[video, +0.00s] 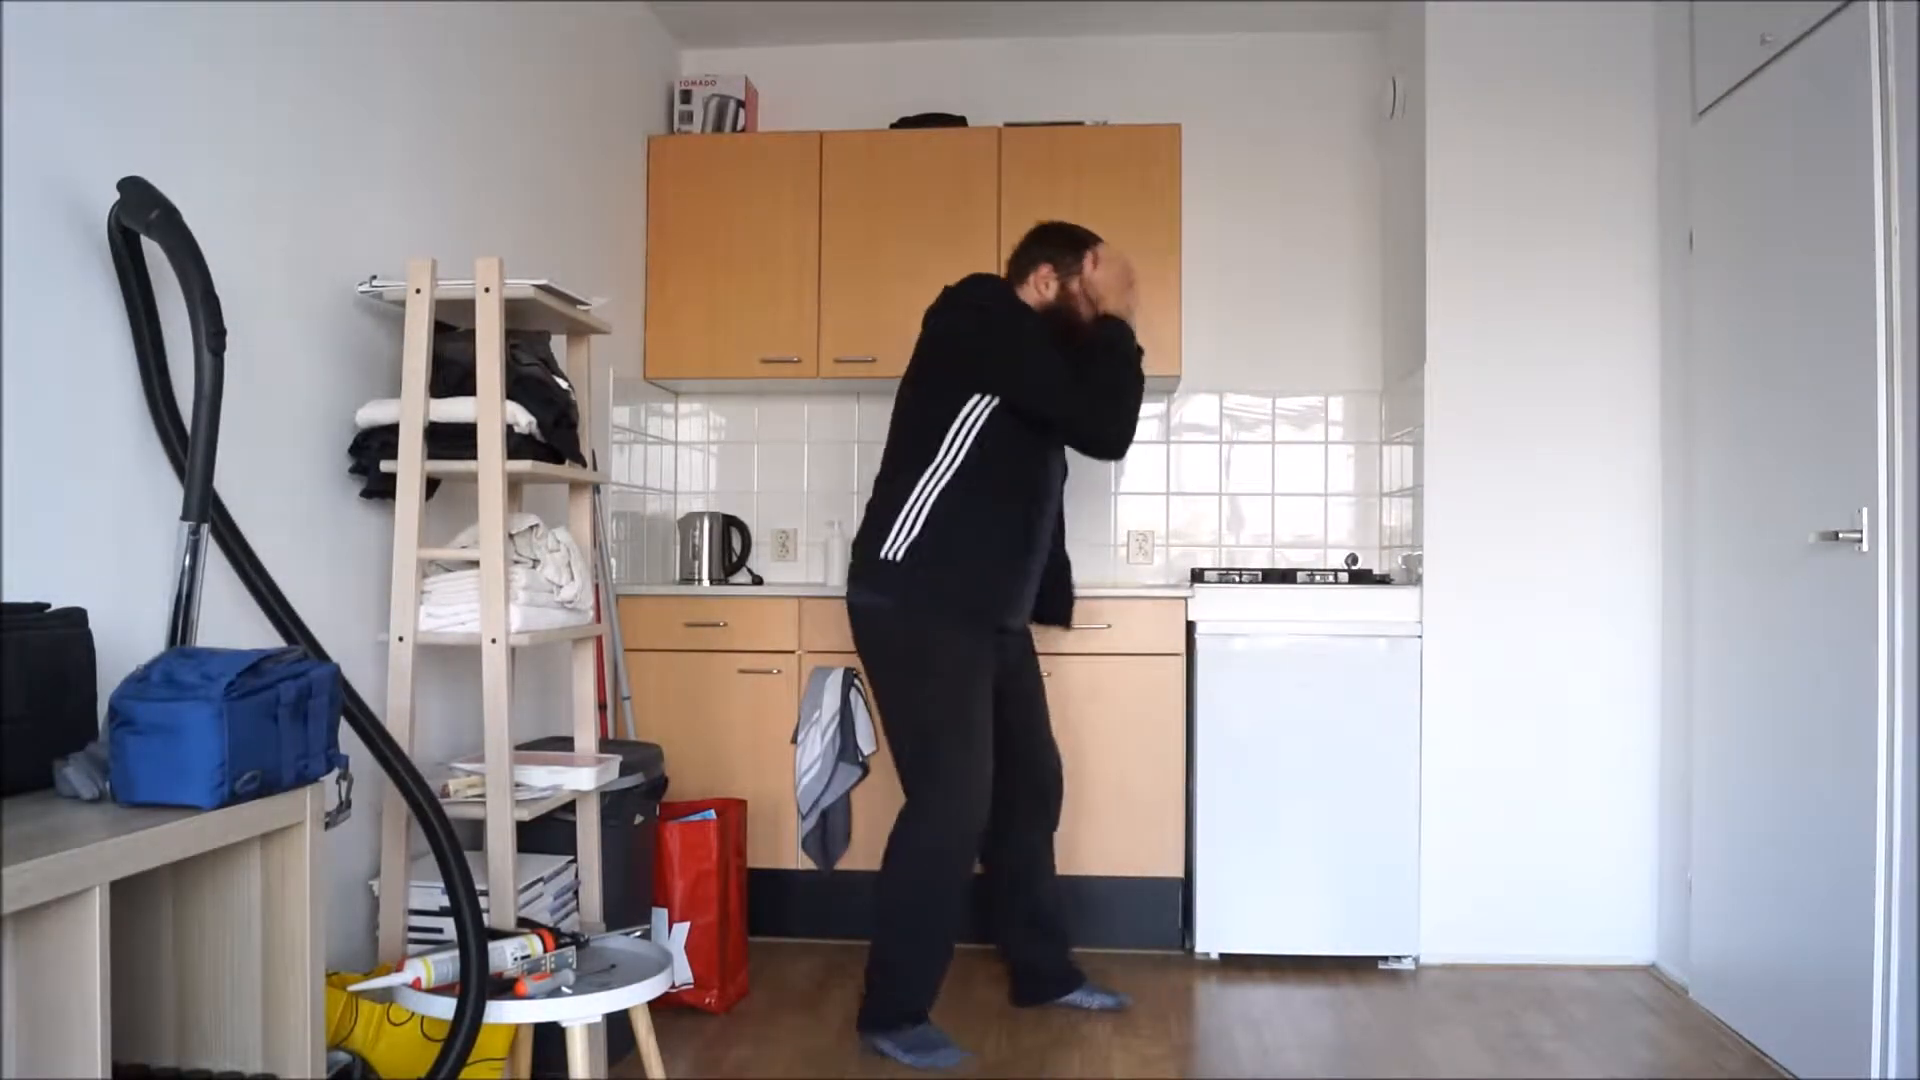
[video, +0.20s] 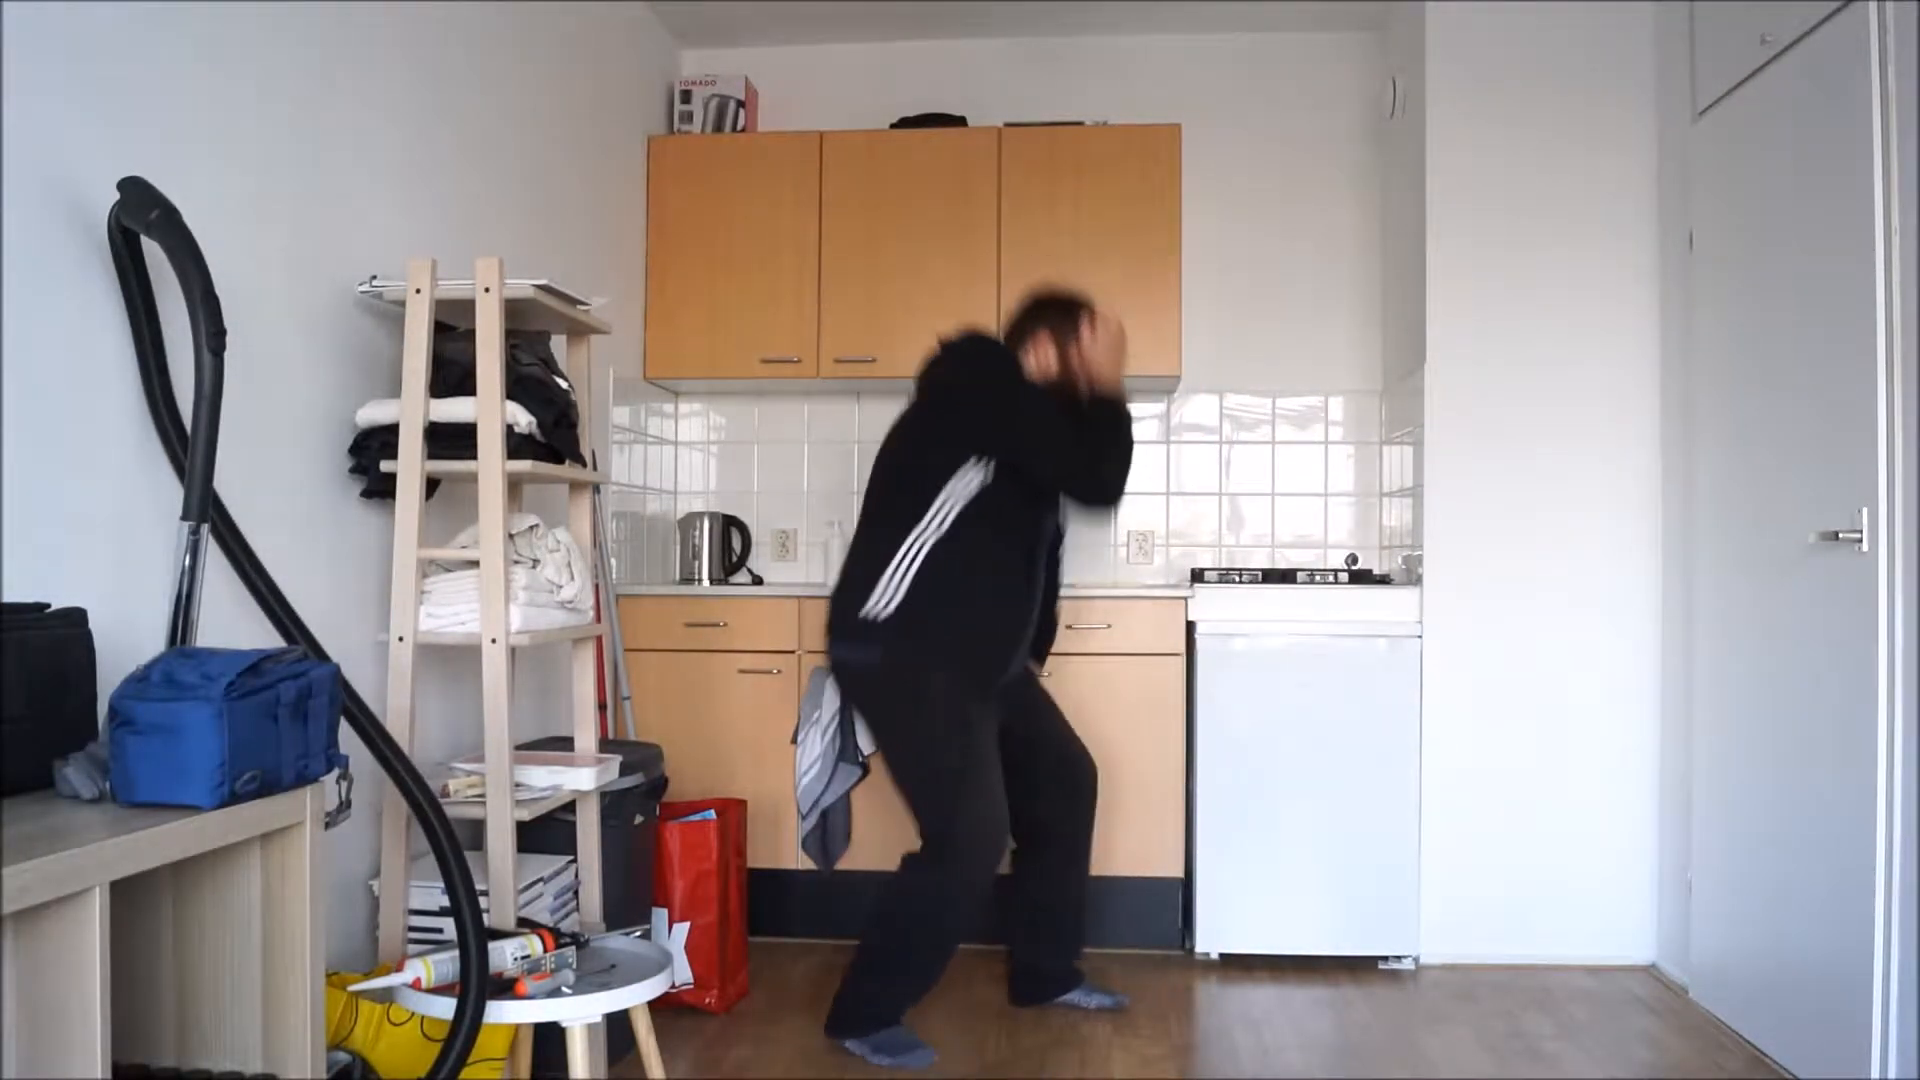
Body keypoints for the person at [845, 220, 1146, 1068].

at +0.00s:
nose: (1101, 310)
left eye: (1102, 297)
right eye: (1093, 294)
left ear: (1041, 283)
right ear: (1044, 282)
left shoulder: (1028, 338)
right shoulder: (979, 315)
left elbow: (1101, 428)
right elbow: (1105, 425)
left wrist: (1103, 335)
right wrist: (1117, 326)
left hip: (985, 609)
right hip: (914, 604)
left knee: (1028, 786)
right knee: (950, 799)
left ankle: (1041, 976)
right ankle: (891, 1014)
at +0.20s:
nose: (1089, 371)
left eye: (1090, 357)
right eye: (1083, 354)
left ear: (1039, 347)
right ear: (1044, 345)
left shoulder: (1028, 409)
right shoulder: (975, 381)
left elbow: (1097, 481)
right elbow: (1097, 475)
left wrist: (1099, 396)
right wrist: (1107, 390)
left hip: (980, 657)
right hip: (902, 654)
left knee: (1062, 780)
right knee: (970, 834)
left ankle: (1043, 975)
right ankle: (862, 1017)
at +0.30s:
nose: (1109, 428)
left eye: (1113, 415)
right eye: (1105, 412)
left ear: (1051, 397)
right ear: (1057, 396)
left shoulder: (1028, 444)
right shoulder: (986, 420)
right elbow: (1085, 541)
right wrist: (1115, 446)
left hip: (964, 672)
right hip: (880, 670)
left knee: (1059, 781)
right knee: (967, 837)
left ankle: (1042, 977)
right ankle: (860, 1019)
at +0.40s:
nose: (1090, 439)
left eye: (1095, 428)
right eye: (1089, 424)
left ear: (1047, 405)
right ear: (1051, 404)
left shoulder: (1016, 444)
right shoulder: (978, 429)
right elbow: (1076, 547)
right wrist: (1111, 453)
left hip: (953, 669)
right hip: (870, 666)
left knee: (1051, 780)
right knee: (958, 835)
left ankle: (1042, 977)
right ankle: (859, 1020)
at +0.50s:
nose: (1090, 406)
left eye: (1092, 394)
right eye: (1086, 391)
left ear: (1037, 379)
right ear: (1039, 373)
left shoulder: (1017, 425)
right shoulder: (969, 395)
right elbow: (1078, 510)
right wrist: (1102, 414)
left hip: (959, 658)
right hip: (874, 653)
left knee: (1043, 776)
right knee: (951, 826)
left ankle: (1041, 975)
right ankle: (860, 1018)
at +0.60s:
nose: (1069, 340)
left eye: (1070, 327)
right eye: (1061, 326)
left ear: (1011, 314)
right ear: (1014, 312)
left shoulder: (996, 368)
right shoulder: (947, 342)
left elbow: (1075, 454)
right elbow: (1075, 443)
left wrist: (1072, 366)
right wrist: (1076, 354)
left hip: (965, 632)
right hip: (889, 630)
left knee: (1028, 775)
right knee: (932, 812)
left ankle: (1032, 970)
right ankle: (858, 1017)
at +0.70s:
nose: (1060, 316)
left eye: (1063, 302)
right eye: (1053, 302)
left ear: (1005, 294)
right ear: (1004, 290)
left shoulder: (1000, 353)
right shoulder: (937, 322)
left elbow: (1080, 433)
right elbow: (1068, 417)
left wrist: (1081, 341)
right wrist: (1067, 326)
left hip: (976, 623)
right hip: (898, 617)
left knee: (1023, 783)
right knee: (926, 804)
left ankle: (1014, 973)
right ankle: (858, 1015)